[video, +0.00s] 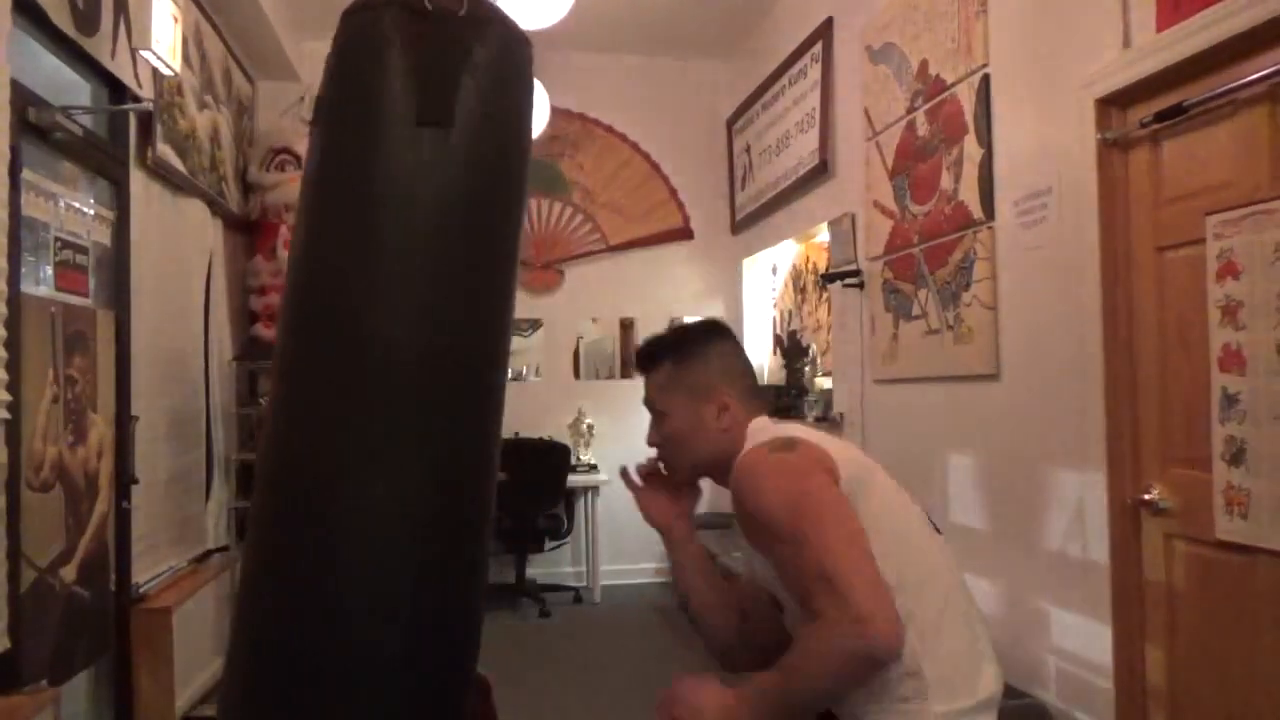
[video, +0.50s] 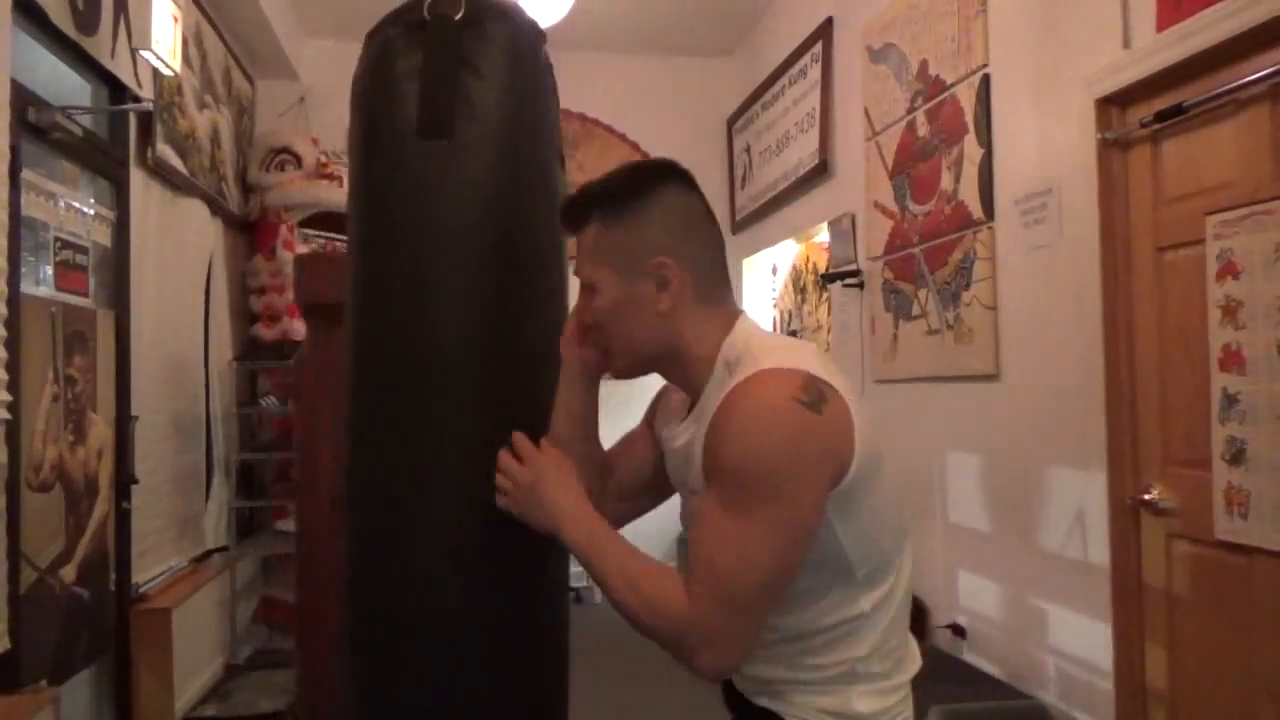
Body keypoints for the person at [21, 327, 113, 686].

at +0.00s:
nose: (70, 392)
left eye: (76, 383)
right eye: (65, 385)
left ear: (90, 384)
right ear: (61, 390)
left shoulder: (104, 430)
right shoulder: (62, 440)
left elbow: (105, 500)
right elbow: (38, 481)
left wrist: (76, 562)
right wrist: (45, 402)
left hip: (104, 555)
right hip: (73, 553)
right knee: (26, 607)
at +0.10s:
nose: (69, 391)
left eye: (75, 382)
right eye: (64, 383)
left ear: (90, 386)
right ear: (61, 391)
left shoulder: (105, 433)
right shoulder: (63, 439)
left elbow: (105, 501)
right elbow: (38, 481)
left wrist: (75, 563)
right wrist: (44, 405)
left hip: (104, 553)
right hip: (73, 553)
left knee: (104, 636)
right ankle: (55, 696)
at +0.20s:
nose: (70, 391)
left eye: (75, 382)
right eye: (65, 383)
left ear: (90, 385)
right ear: (61, 389)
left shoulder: (104, 433)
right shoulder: (62, 439)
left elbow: (105, 501)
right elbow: (38, 481)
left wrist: (75, 562)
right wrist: (44, 403)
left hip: (104, 553)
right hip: (73, 554)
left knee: (104, 634)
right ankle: (57, 696)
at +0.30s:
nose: (70, 391)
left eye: (75, 382)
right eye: (65, 383)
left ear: (91, 385)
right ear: (61, 389)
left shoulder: (105, 434)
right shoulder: (62, 440)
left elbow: (105, 501)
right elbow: (37, 481)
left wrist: (75, 562)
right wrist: (45, 403)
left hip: (103, 555)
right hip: (73, 556)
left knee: (104, 637)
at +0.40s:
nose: (71, 391)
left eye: (76, 382)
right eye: (65, 384)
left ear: (90, 384)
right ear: (60, 390)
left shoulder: (104, 432)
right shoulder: (63, 438)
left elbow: (105, 500)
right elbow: (37, 480)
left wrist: (75, 562)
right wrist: (45, 402)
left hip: (103, 554)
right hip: (74, 554)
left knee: (104, 635)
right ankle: (57, 695)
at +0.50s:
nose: (70, 391)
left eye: (75, 382)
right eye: (65, 384)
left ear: (90, 384)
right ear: (60, 390)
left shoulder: (105, 432)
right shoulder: (62, 440)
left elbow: (105, 500)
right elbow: (37, 481)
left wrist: (75, 562)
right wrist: (44, 404)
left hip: (104, 554)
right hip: (74, 555)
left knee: (104, 635)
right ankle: (57, 695)